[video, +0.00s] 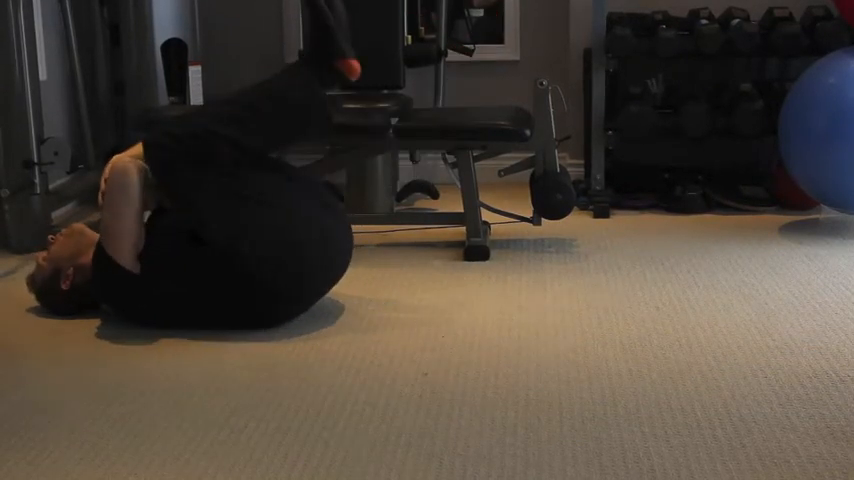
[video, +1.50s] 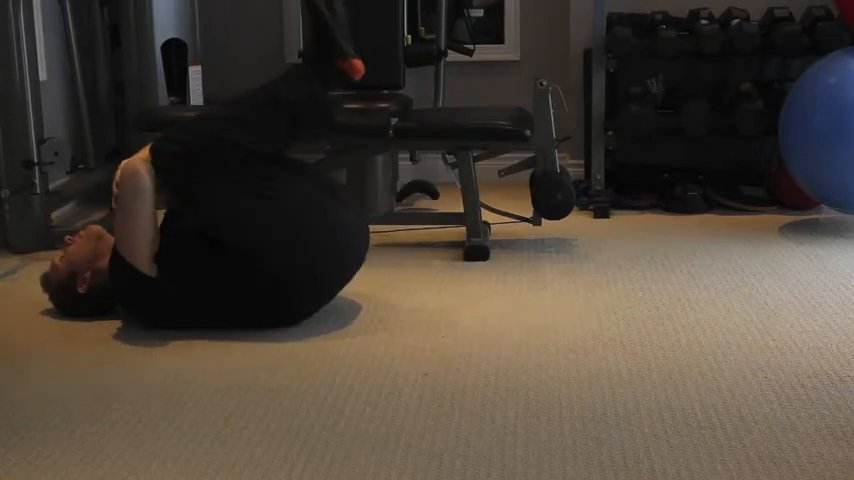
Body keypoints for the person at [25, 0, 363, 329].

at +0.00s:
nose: (50, 242)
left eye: (42, 248)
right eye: (48, 253)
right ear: (70, 277)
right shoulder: (118, 285)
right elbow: (122, 170)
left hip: (323, 235)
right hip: (291, 257)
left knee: (158, 127)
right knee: (158, 140)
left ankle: (319, 67)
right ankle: (315, 70)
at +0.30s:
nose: (66, 232)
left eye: (54, 235)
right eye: (53, 245)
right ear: (65, 283)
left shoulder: (152, 254)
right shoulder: (115, 291)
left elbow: (173, 148)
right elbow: (116, 178)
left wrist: (115, 186)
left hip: (325, 268)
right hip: (297, 285)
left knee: (264, 125)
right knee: (252, 125)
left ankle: (416, 122)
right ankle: (413, 130)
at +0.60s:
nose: (98, 252)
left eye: (91, 251)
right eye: (87, 261)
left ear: (108, 257)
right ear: (94, 295)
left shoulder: (173, 250)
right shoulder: (147, 296)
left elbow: (173, 149)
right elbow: (126, 174)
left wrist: (136, 221)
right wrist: (141, 220)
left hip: (342, 258)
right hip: (335, 289)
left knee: (416, 130)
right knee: (410, 142)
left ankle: (529, 246)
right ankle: (534, 255)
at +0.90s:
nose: (100, 251)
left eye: (93, 249)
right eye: (89, 261)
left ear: (114, 255)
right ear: (100, 295)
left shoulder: (179, 253)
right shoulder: (155, 295)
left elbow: (188, 150)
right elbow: (141, 171)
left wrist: (153, 209)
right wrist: (153, 210)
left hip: (351, 257)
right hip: (340, 288)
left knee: (435, 133)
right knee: (424, 145)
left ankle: (544, 253)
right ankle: (540, 262)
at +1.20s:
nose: (78, 236)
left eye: (68, 240)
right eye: (68, 250)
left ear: (89, 245)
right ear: (84, 284)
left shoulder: (175, 249)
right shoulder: (135, 294)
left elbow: (182, 148)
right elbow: (128, 180)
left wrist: (130, 190)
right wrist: (130, 227)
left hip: (336, 266)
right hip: (311, 287)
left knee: (296, 116)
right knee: (283, 125)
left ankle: (452, 128)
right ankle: (453, 135)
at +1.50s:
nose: (74, 232)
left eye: (64, 241)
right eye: (66, 248)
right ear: (88, 280)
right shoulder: (135, 289)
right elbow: (134, 172)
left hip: (339, 237)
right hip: (303, 257)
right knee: (173, 155)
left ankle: (320, 72)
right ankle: (316, 73)